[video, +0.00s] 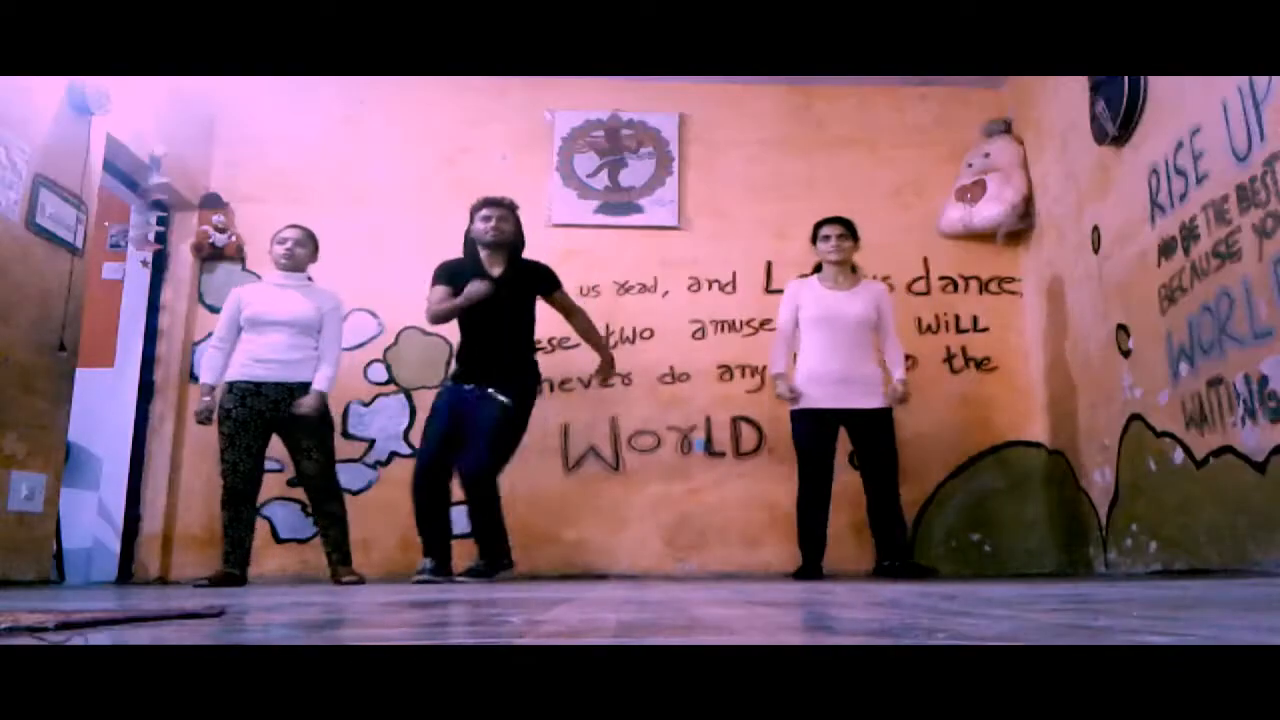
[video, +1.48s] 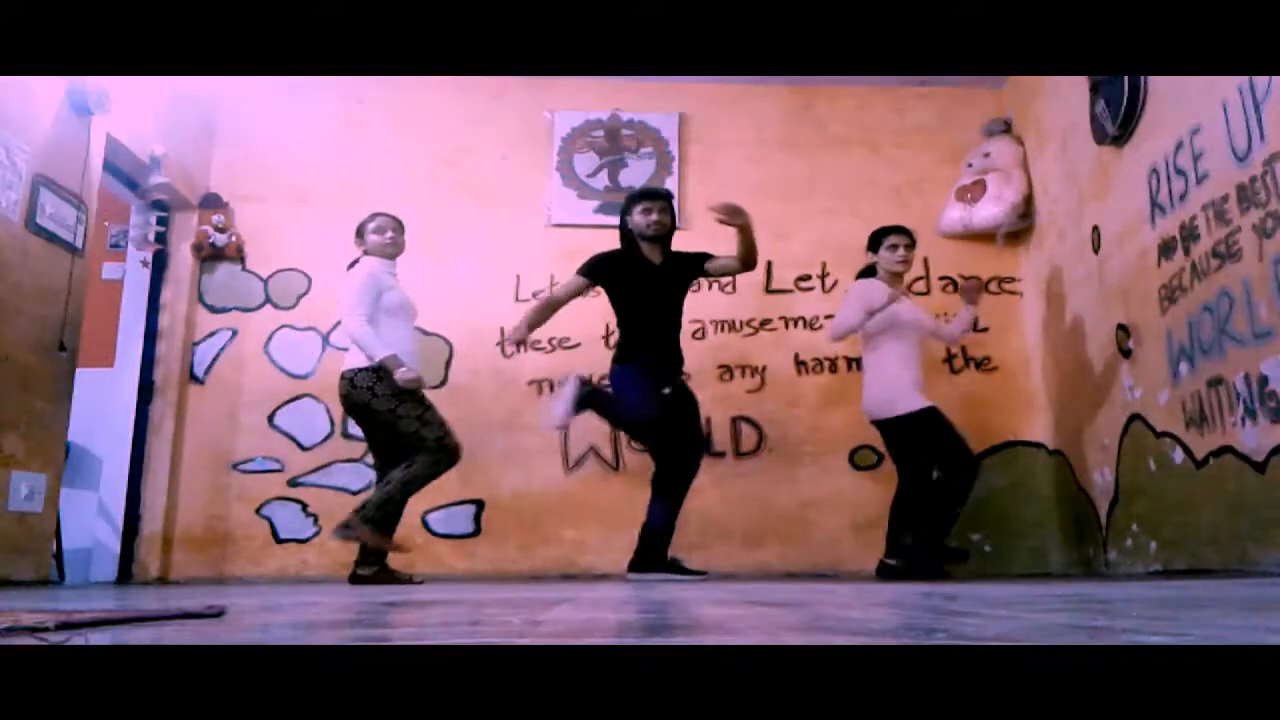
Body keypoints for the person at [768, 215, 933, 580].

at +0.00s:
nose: (834, 244)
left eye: (842, 238)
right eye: (827, 239)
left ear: (854, 246)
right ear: (815, 248)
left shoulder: (875, 291)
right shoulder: (798, 290)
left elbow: (889, 339)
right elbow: (783, 336)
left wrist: (899, 375)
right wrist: (780, 375)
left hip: (868, 403)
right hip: (813, 403)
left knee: (883, 486)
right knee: (813, 487)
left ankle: (892, 560)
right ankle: (811, 563)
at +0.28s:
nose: (888, 228)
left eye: (897, 222)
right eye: (879, 222)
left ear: (910, 232)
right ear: (863, 233)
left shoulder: (923, 282)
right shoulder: (840, 277)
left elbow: (934, 319)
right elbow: (801, 323)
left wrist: (916, 270)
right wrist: (762, 361)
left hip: (901, 403)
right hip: (865, 402)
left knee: (904, 497)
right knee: (938, 486)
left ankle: (887, 596)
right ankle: (897, 586)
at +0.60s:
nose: (899, 227)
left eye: (907, 220)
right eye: (889, 221)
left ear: (920, 230)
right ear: (871, 231)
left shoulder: (939, 279)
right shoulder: (856, 276)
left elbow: (971, 319)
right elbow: (849, 313)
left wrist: (1023, 319)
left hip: (938, 407)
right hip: (877, 410)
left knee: (926, 503)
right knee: (882, 506)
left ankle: (919, 597)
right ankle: (901, 598)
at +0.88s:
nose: (934, 227)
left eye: (941, 221)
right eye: (923, 221)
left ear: (950, 230)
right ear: (903, 230)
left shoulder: (961, 285)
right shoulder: (884, 274)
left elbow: (1010, 308)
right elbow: (833, 317)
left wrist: (1022, 258)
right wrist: (802, 305)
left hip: (945, 408)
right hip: (915, 407)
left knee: (935, 499)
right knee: (987, 493)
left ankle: (911, 595)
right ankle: (984, 594)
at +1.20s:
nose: (898, 249)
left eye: (903, 244)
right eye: (889, 244)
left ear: (911, 251)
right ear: (871, 251)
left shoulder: (913, 291)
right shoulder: (860, 285)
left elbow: (915, 330)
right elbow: (890, 308)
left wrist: (947, 321)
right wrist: (930, 282)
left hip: (921, 394)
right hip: (876, 396)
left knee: (923, 478)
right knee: (891, 479)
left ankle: (917, 557)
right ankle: (902, 557)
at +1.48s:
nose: (900, 254)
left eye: (906, 249)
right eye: (892, 248)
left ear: (912, 257)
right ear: (874, 255)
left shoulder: (904, 302)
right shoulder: (865, 288)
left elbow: (949, 333)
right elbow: (836, 330)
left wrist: (970, 304)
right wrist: (884, 303)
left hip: (897, 400)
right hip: (896, 400)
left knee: (914, 477)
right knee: (962, 465)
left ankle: (897, 555)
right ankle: (928, 547)